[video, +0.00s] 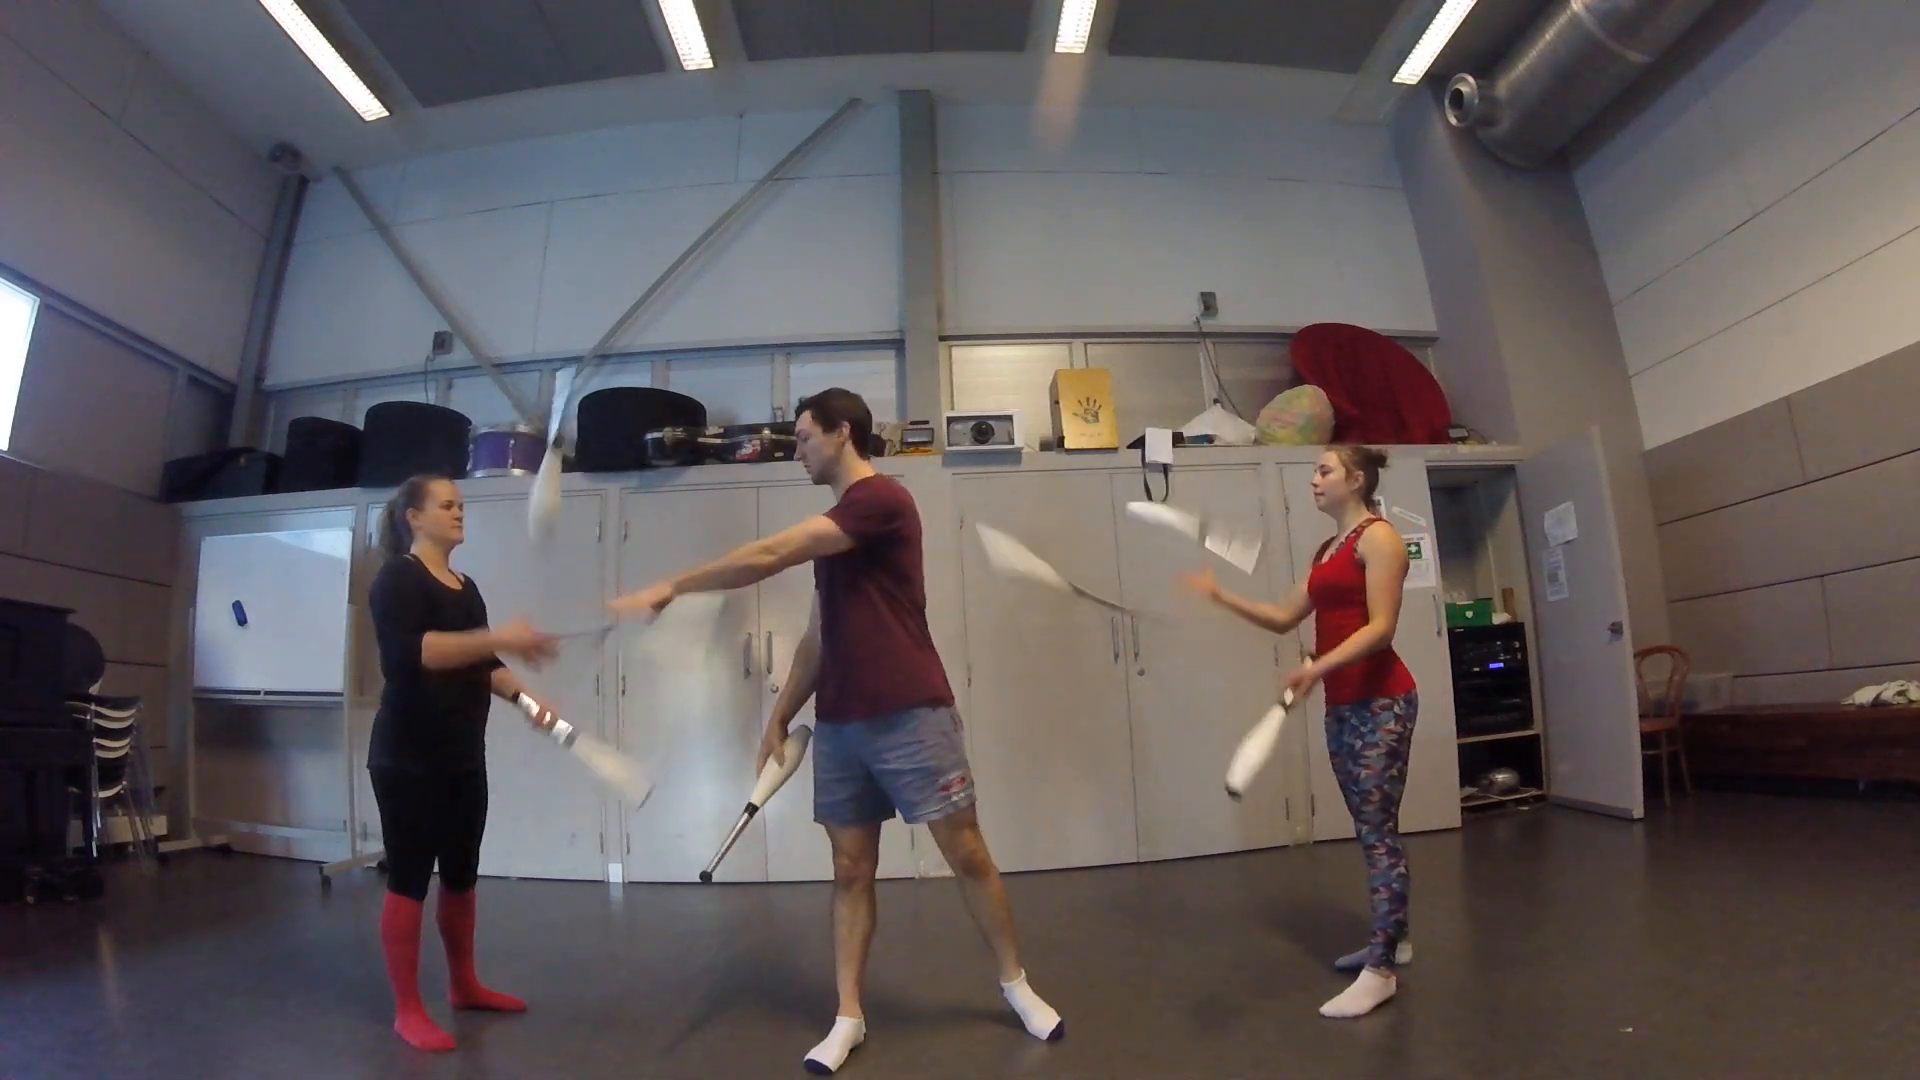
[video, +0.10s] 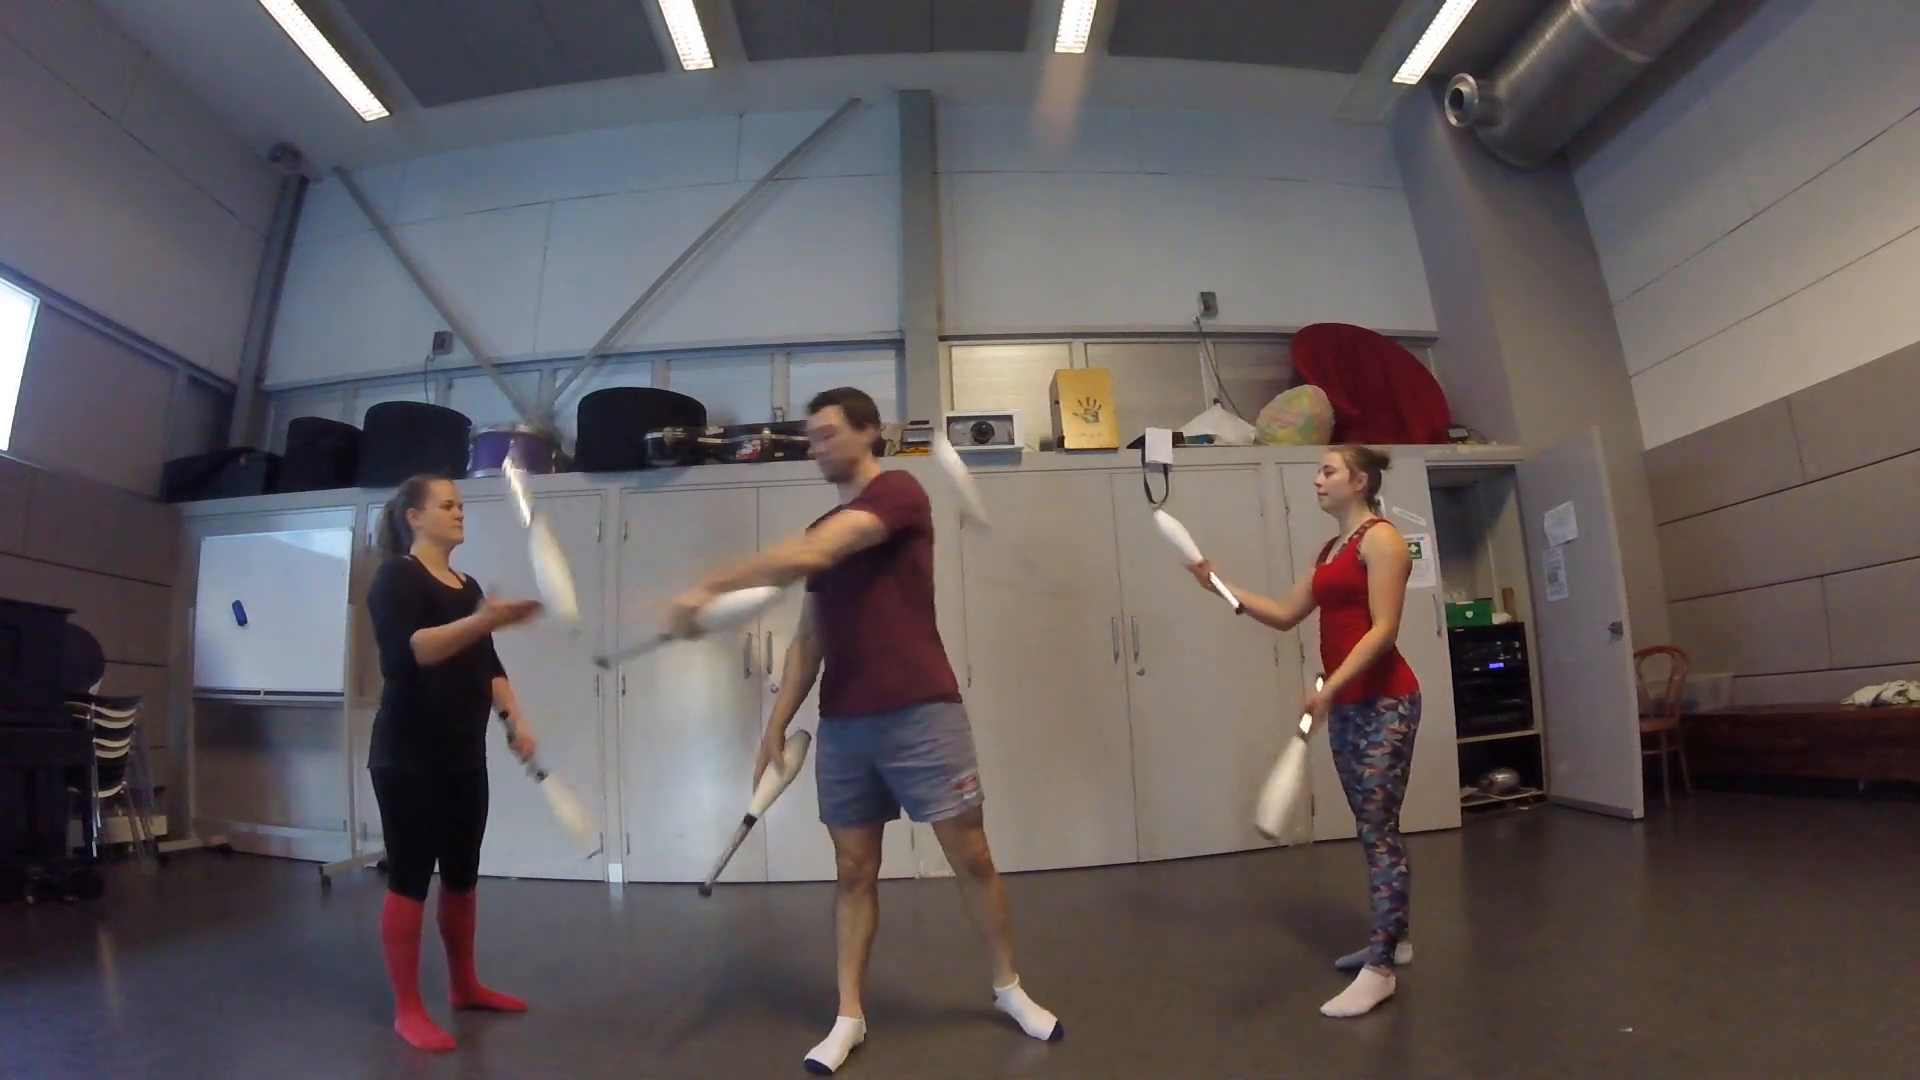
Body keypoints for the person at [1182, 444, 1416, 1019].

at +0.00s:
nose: (1314, 481)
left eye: (1325, 472)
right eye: (1315, 471)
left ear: (1357, 480)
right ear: (1336, 481)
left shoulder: (1380, 538)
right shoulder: (1331, 549)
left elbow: (1381, 627)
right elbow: (1284, 618)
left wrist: (1316, 667)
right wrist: (1220, 596)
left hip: (1381, 701)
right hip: (1345, 703)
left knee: (1377, 829)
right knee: (1371, 827)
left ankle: (1381, 969)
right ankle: (1394, 938)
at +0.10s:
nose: (1317, 481)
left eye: (1329, 472)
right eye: (1318, 472)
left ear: (1361, 481)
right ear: (1338, 482)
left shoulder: (1383, 539)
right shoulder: (1332, 551)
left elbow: (1384, 629)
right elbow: (1284, 615)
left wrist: (1329, 686)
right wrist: (1220, 584)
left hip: (1384, 700)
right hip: (1345, 703)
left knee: (1378, 828)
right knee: (1373, 826)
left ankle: (1381, 967)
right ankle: (1394, 937)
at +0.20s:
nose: (1320, 481)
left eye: (1332, 472)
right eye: (1320, 473)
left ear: (1365, 482)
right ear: (1345, 484)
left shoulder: (1383, 539)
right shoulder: (1341, 548)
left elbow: (1385, 630)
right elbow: (1299, 620)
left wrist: (1331, 694)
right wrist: (1228, 599)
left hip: (1386, 701)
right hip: (1353, 704)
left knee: (1378, 826)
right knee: (1372, 825)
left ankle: (1392, 963)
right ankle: (1393, 943)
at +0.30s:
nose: (1324, 481)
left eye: (1336, 472)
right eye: (1324, 472)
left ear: (1369, 482)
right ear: (1351, 484)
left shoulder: (1385, 538)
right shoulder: (1348, 546)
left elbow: (1385, 627)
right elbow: (1310, 625)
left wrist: (1324, 681)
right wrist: (1237, 634)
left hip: (1392, 702)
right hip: (1358, 703)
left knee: (1379, 823)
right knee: (1373, 823)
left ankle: (1406, 954)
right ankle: (1394, 937)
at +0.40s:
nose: (1328, 479)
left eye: (1340, 471)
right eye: (1328, 470)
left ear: (1371, 482)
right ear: (1349, 483)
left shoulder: (1390, 537)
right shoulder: (1354, 542)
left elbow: (1379, 626)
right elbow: (1332, 629)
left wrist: (1306, 640)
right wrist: (1276, 668)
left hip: (1396, 705)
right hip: (1363, 704)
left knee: (1387, 826)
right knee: (1379, 825)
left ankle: (1415, 949)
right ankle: (1396, 936)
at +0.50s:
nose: (1331, 477)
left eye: (1343, 467)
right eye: (1331, 468)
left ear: (1375, 479)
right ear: (1350, 482)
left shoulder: (1393, 535)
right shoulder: (1355, 543)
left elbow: (1368, 620)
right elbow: (1342, 631)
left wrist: (1286, 610)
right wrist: (1299, 674)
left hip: (1400, 703)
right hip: (1363, 703)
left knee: (1395, 825)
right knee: (1375, 824)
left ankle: (1416, 950)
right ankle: (1394, 935)